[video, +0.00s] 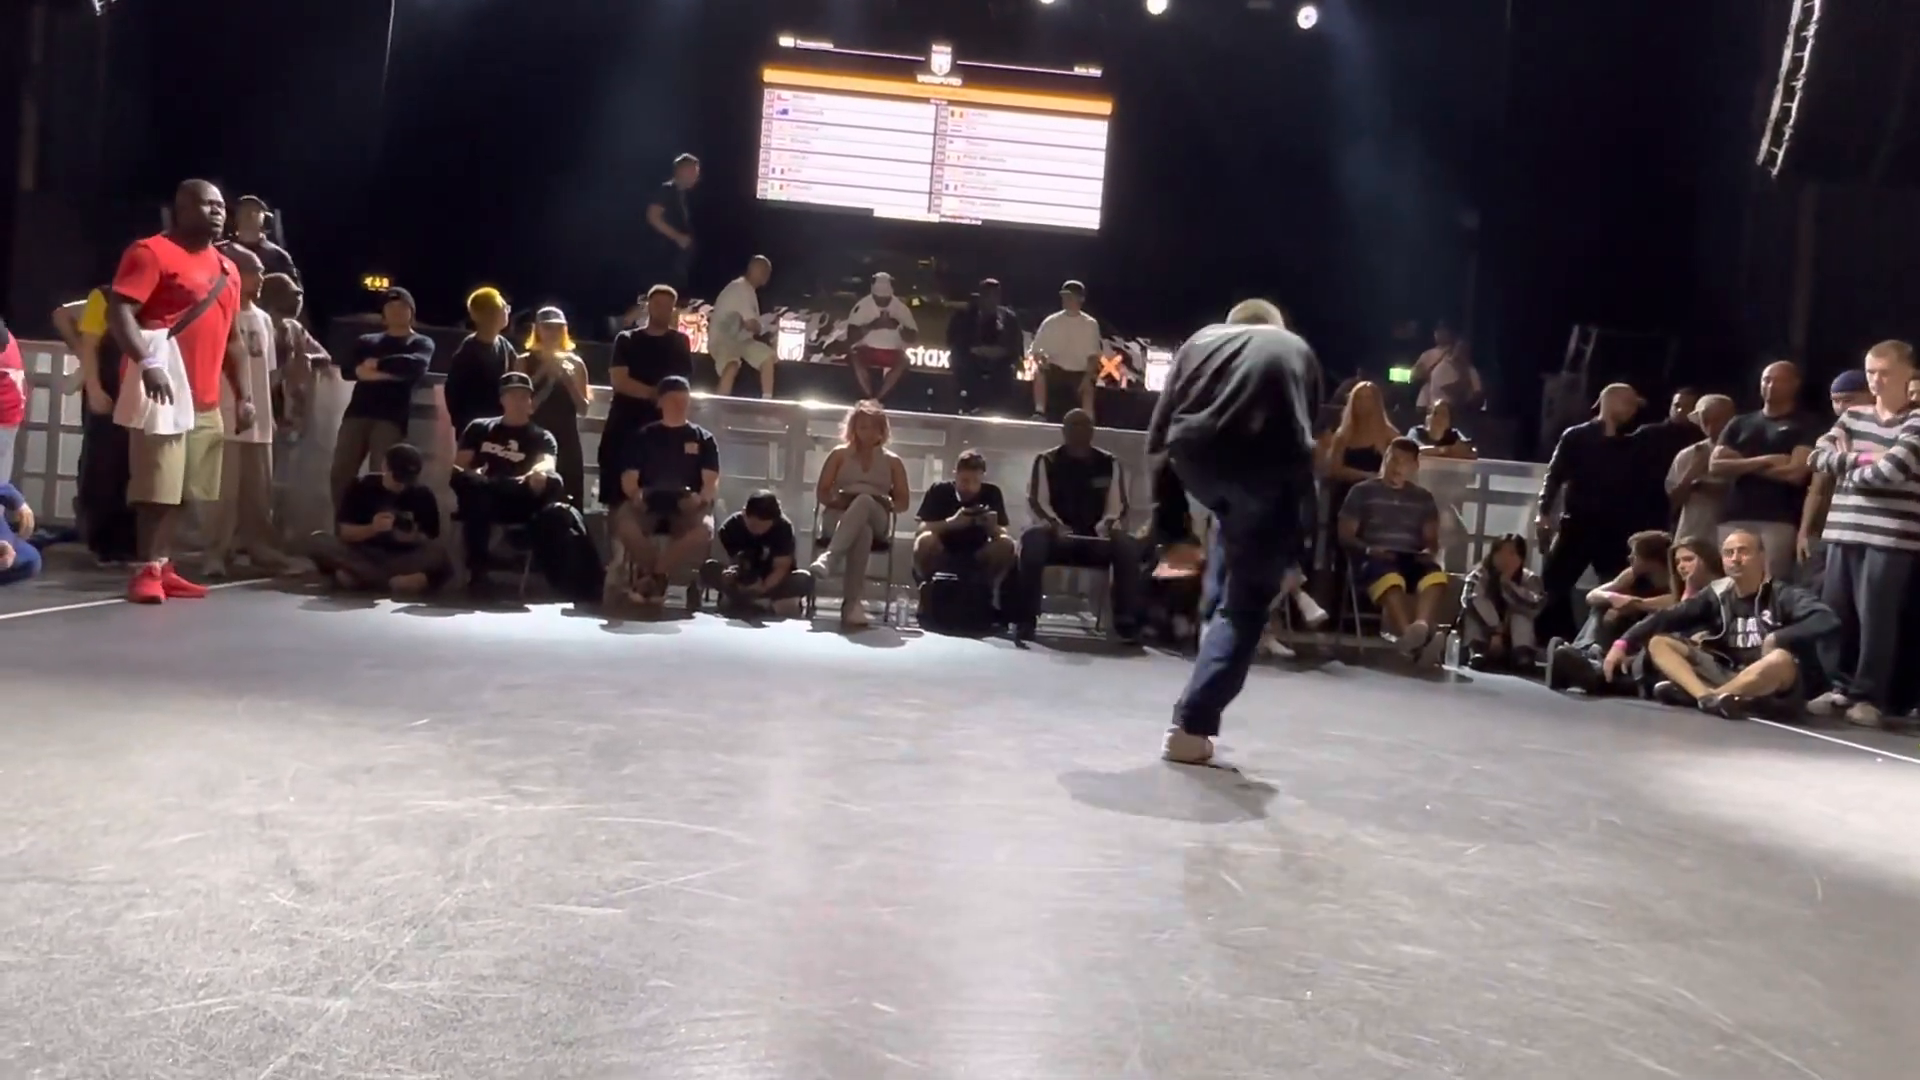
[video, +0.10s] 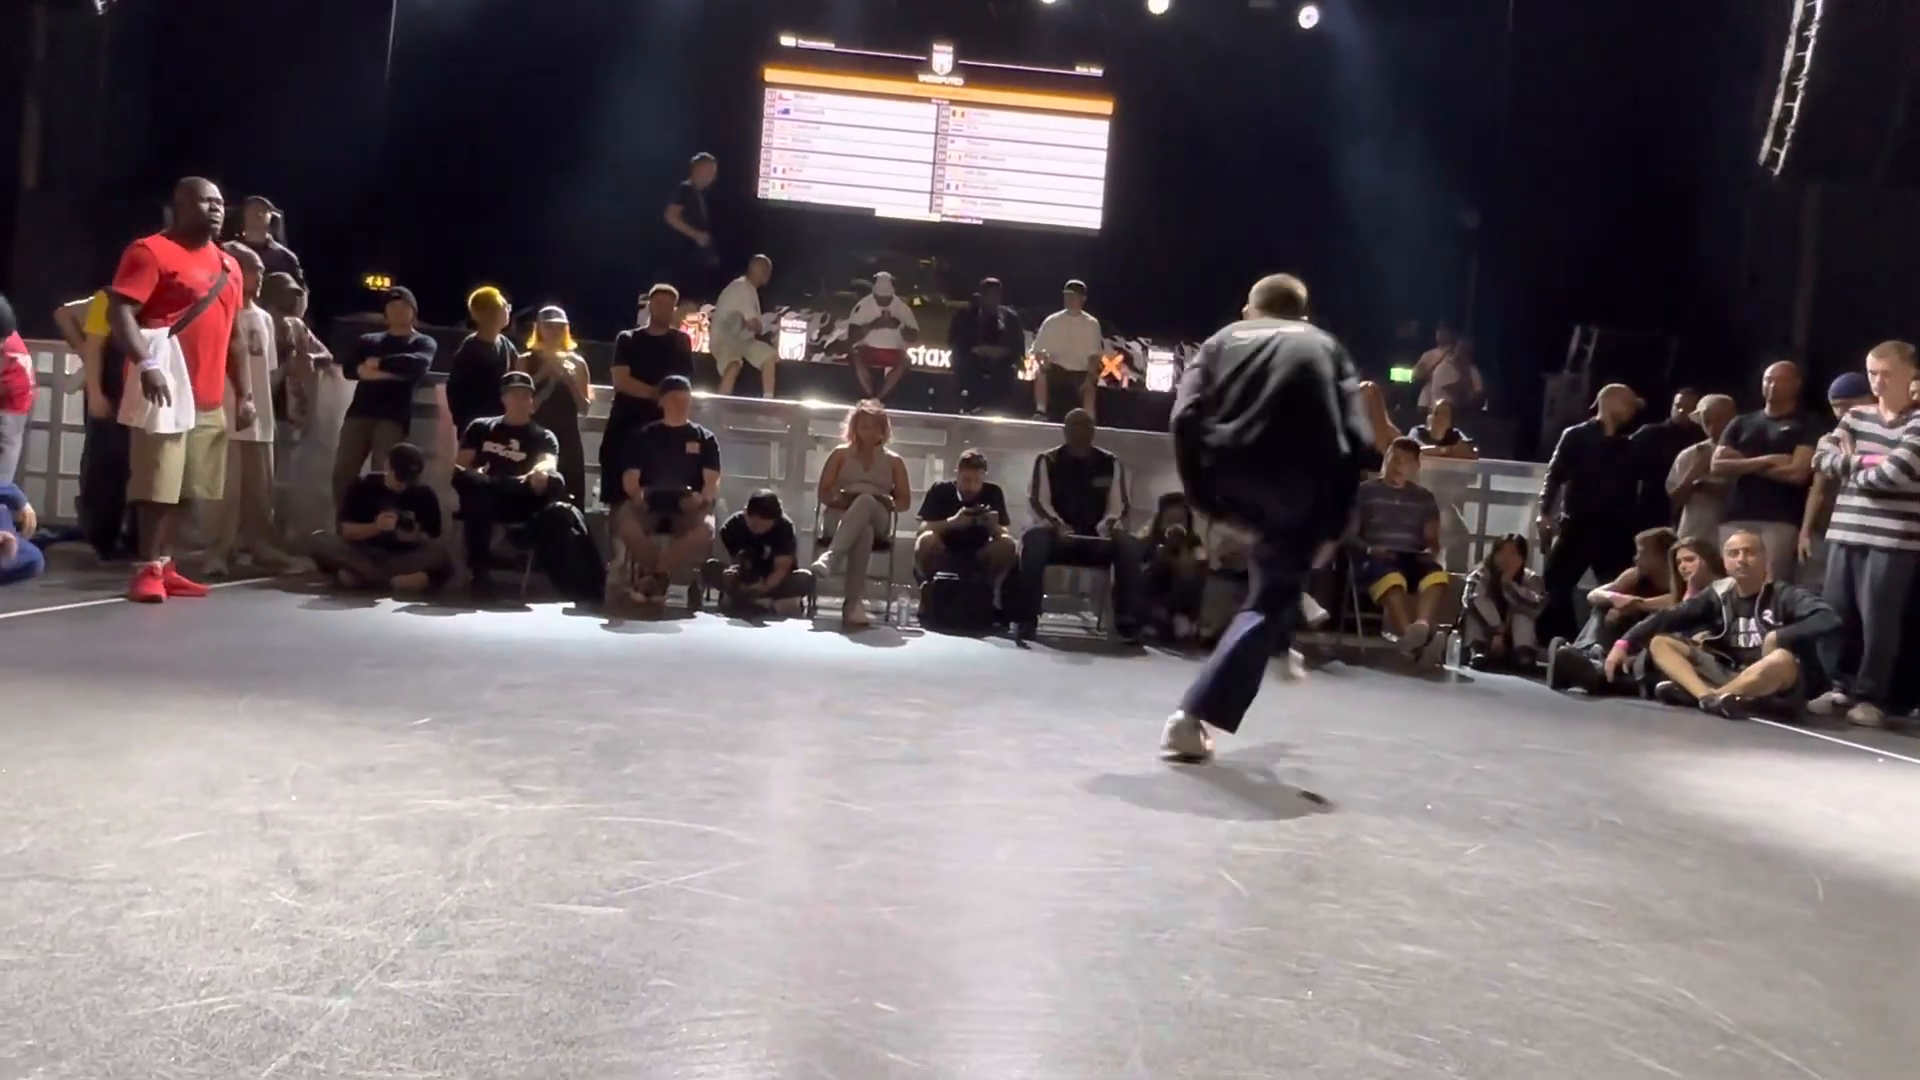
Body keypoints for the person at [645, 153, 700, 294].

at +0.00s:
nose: (695, 177)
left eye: (696, 173)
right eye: (692, 171)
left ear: (696, 173)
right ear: (680, 171)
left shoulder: (683, 193)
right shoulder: (667, 190)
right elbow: (653, 216)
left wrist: (686, 237)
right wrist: (678, 237)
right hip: (667, 256)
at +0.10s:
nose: (711, 176)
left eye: (713, 172)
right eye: (708, 170)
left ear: (714, 174)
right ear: (696, 170)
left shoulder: (700, 194)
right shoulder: (685, 189)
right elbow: (671, 216)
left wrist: (704, 237)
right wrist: (697, 235)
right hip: (686, 255)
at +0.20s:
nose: (729, 176)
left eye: (730, 172)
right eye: (726, 171)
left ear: (730, 173)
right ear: (714, 170)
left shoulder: (718, 195)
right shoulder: (702, 191)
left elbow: (714, 225)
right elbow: (688, 216)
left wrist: (729, 244)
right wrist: (715, 235)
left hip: (713, 256)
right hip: (698, 256)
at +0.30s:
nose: (746, 179)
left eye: (747, 174)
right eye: (742, 174)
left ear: (748, 176)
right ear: (731, 174)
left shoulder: (743, 201)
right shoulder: (719, 196)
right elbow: (705, 220)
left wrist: (751, 240)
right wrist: (733, 235)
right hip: (718, 260)